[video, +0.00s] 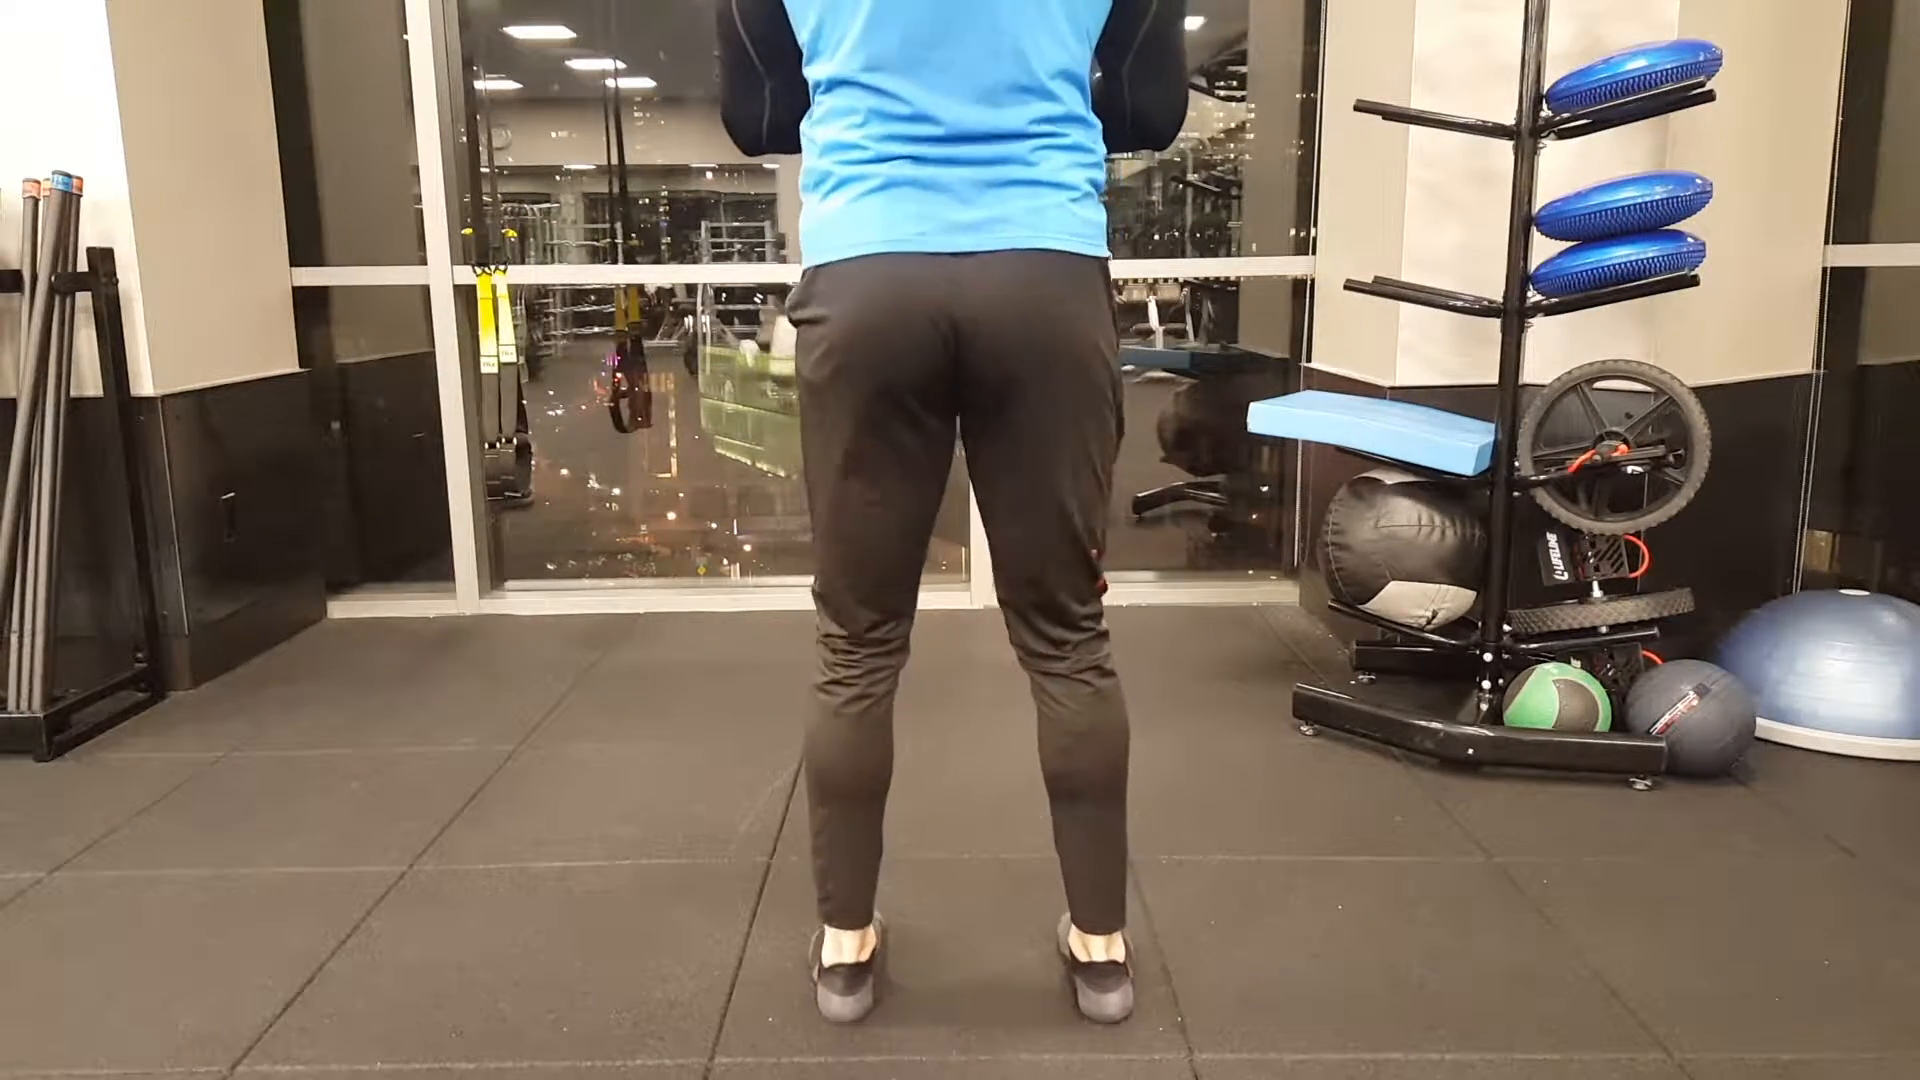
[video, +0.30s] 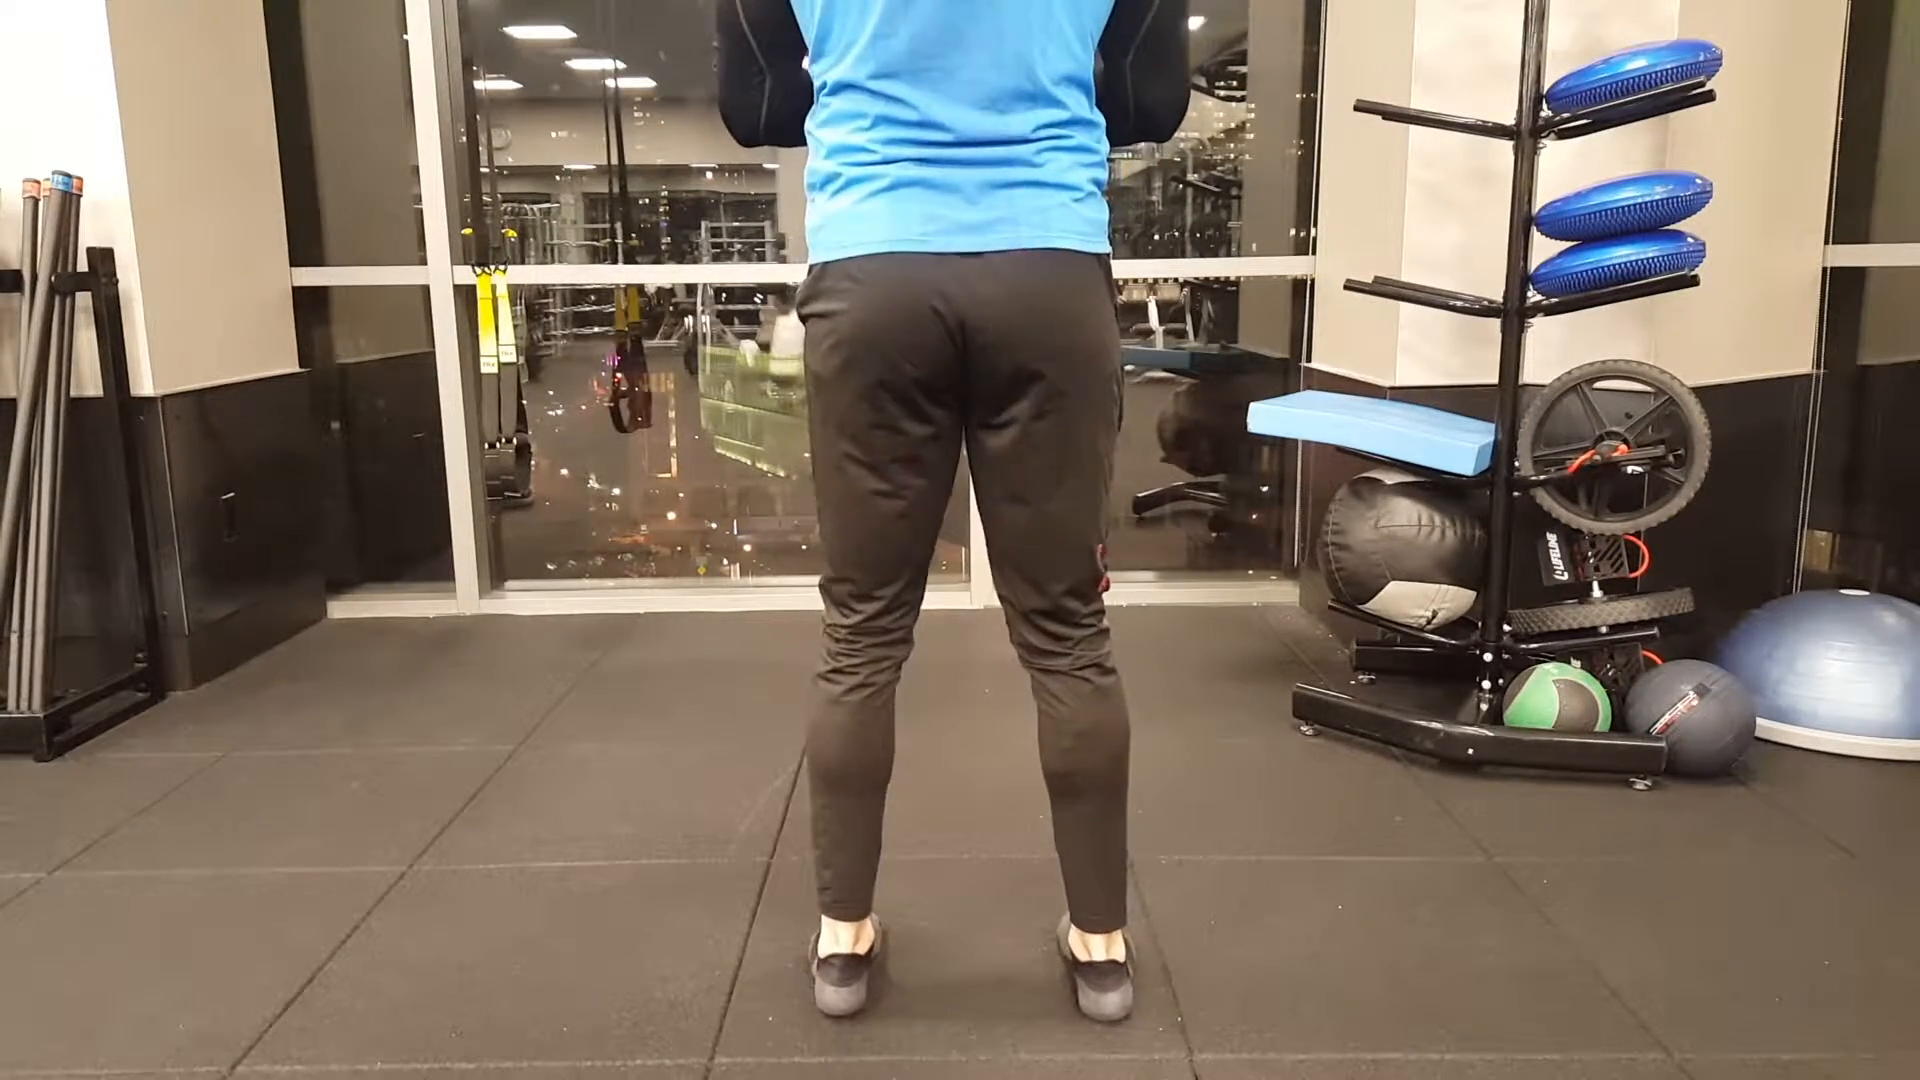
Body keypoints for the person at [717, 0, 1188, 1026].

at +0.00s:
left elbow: (758, 119)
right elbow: (1149, 113)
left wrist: (880, 85)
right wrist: (1022, 93)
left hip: (866, 273)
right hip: (1046, 272)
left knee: (856, 642)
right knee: (1066, 631)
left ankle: (845, 952)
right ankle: (1102, 954)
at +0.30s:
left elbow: (756, 109)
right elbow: (1148, 105)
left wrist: (885, 88)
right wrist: (1021, 101)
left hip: (871, 268)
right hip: (1050, 266)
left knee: (862, 630)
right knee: (1066, 627)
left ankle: (843, 945)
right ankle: (1101, 951)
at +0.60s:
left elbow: (752, 105)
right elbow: (1148, 100)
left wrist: (869, 66)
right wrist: (1019, 90)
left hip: (870, 267)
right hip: (1052, 267)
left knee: (858, 645)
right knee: (1066, 627)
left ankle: (841, 953)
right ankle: (1096, 953)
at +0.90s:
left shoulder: (782, 2)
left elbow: (752, 113)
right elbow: (1146, 105)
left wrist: (875, 73)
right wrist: (1015, 89)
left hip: (860, 276)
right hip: (1051, 276)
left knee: (850, 651)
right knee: (1072, 645)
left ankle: (840, 952)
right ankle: (1100, 956)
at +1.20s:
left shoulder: (776, 4)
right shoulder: (1125, 2)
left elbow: (768, 140)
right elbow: (1142, 134)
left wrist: (894, 98)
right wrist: (1023, 93)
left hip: (857, 298)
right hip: (1058, 297)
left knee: (842, 657)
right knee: (1082, 654)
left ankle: (839, 953)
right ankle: (1103, 959)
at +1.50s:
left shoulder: (769, 5)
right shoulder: (1132, 2)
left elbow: (774, 171)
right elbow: (1138, 165)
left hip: (853, 311)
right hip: (1068, 312)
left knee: (841, 672)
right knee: (1089, 670)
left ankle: (838, 956)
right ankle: (1106, 959)